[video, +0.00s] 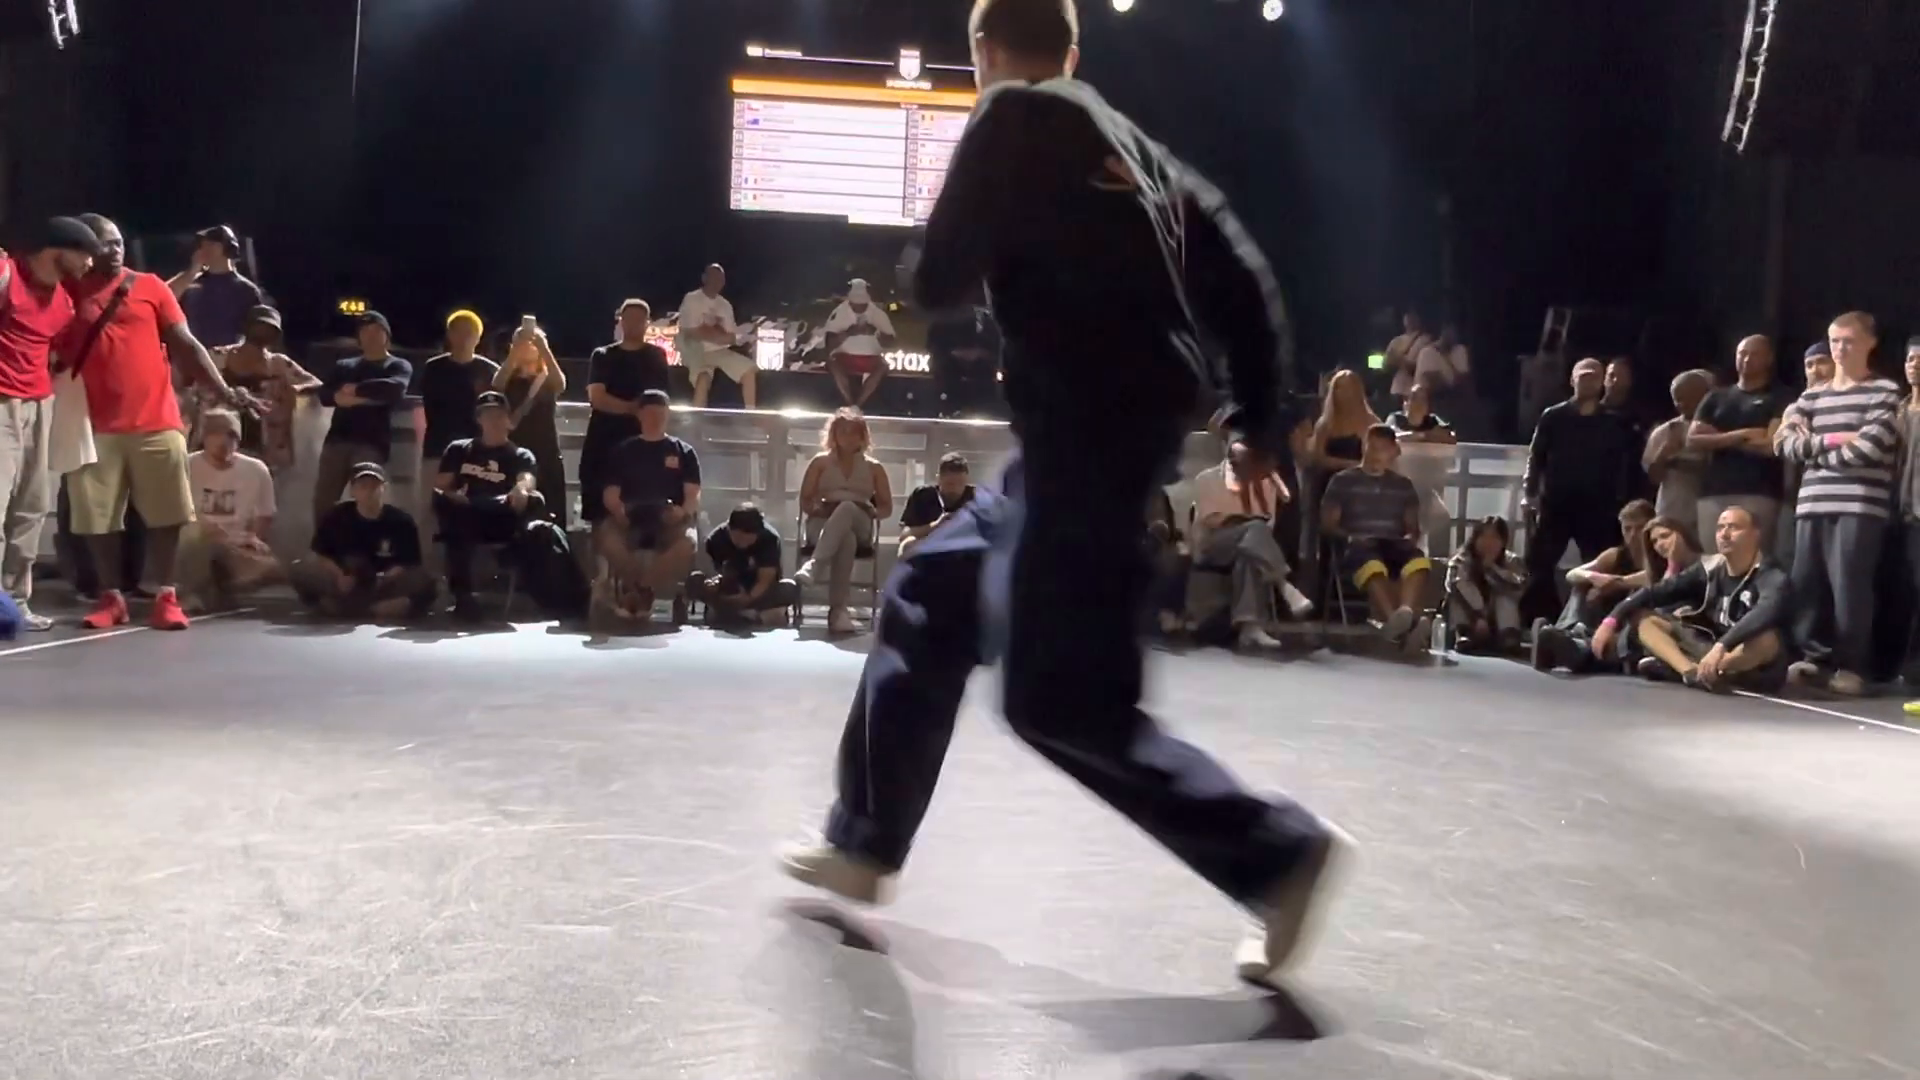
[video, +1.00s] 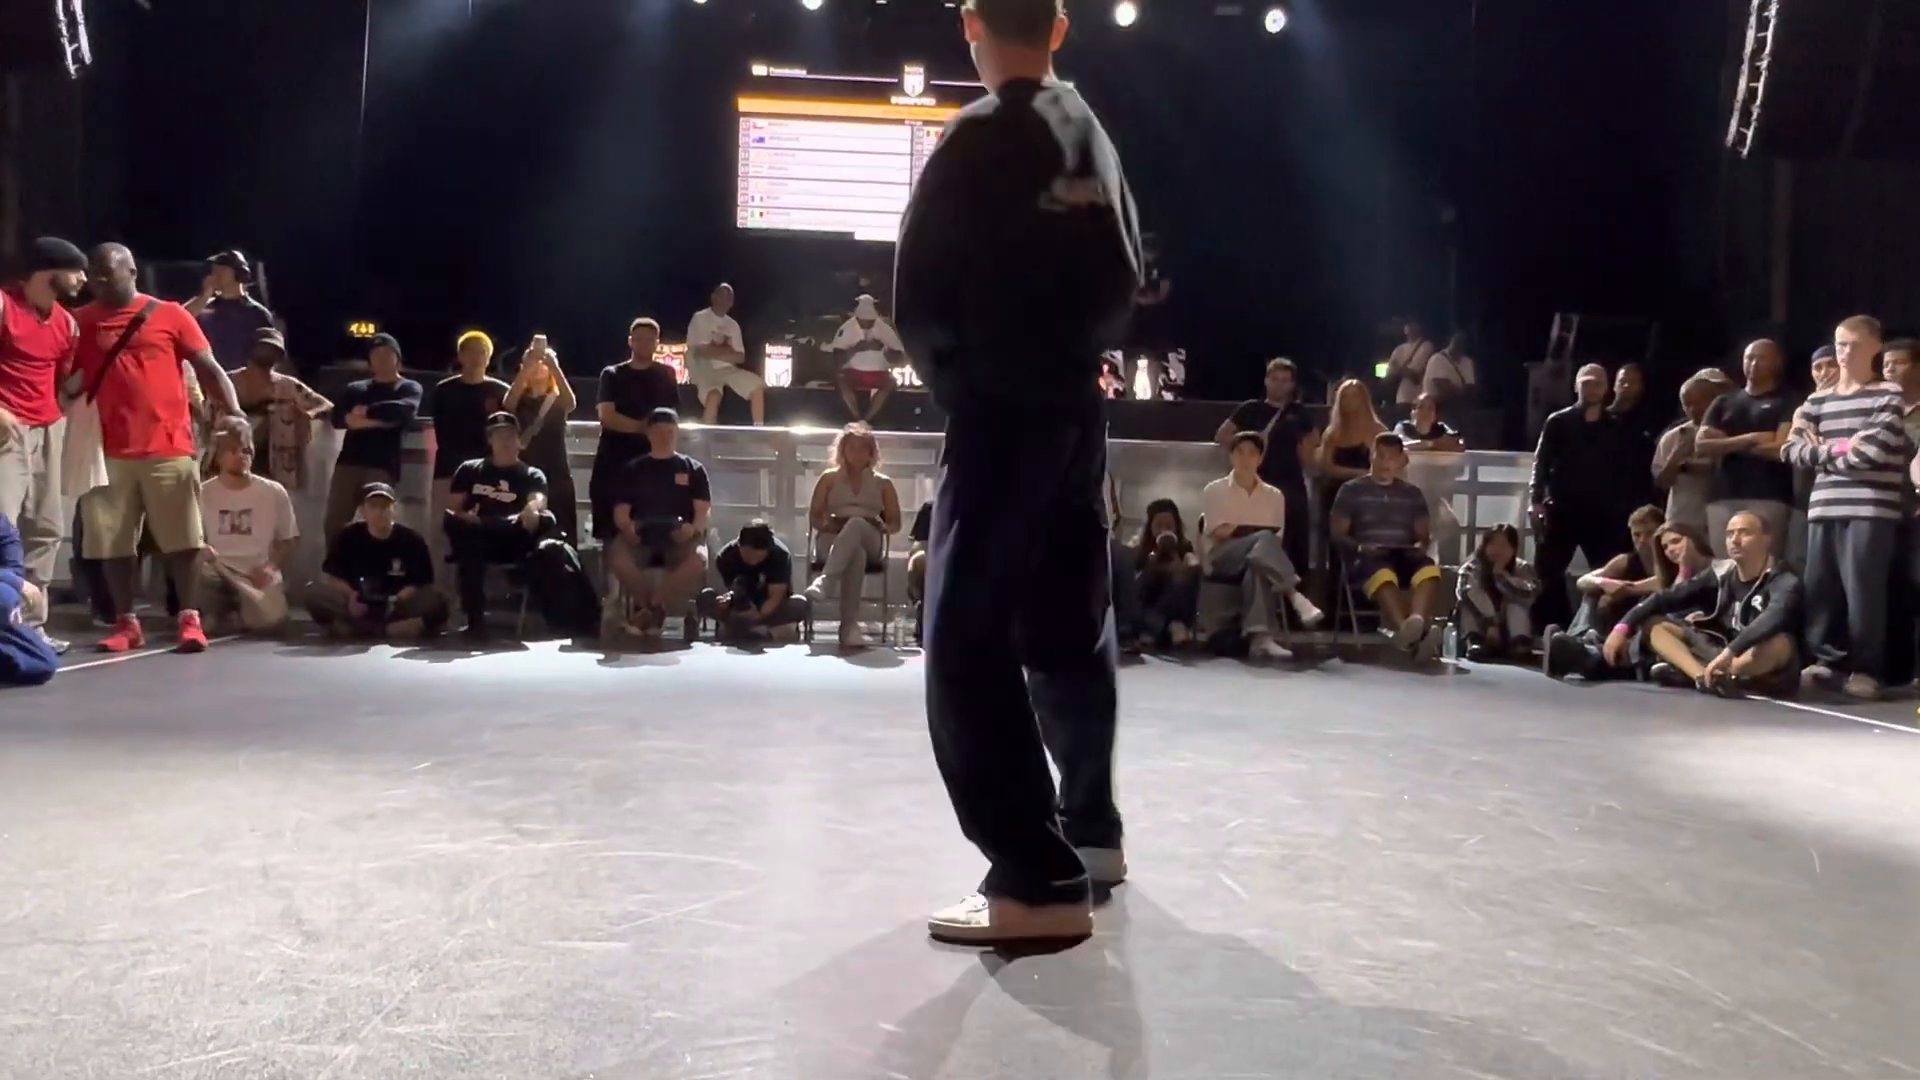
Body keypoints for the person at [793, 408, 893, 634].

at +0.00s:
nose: (850, 437)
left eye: (856, 432)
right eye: (844, 432)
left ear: (863, 436)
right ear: (834, 435)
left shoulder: (874, 468)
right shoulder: (820, 463)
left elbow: (886, 508)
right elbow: (805, 502)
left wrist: (866, 511)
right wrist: (825, 511)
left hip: (861, 529)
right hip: (822, 525)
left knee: (846, 508)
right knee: (847, 538)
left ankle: (813, 565)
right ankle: (838, 611)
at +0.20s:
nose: (855, 450)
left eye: (861, 445)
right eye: (849, 445)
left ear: (868, 449)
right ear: (839, 448)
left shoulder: (879, 481)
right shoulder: (825, 475)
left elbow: (884, 517)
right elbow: (811, 514)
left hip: (865, 537)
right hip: (828, 533)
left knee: (851, 520)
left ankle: (821, 578)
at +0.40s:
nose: (854, 451)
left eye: (860, 447)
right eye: (849, 446)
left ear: (868, 451)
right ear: (839, 449)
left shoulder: (879, 482)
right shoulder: (825, 477)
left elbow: (890, 522)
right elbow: (811, 518)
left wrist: (865, 525)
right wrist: (836, 527)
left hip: (867, 543)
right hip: (827, 540)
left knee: (852, 522)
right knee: (851, 552)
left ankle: (820, 579)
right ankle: (844, 627)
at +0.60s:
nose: (854, 451)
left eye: (859, 447)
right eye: (849, 446)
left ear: (868, 451)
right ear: (839, 449)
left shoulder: (880, 483)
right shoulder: (826, 478)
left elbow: (891, 522)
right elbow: (812, 518)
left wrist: (871, 525)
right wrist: (834, 526)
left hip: (867, 544)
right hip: (828, 540)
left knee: (852, 523)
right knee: (853, 553)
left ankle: (821, 579)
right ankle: (845, 626)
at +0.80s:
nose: (856, 454)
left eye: (861, 449)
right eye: (851, 449)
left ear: (869, 453)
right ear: (841, 451)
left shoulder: (877, 482)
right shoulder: (827, 478)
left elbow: (883, 517)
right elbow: (813, 517)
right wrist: (831, 527)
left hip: (869, 543)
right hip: (830, 540)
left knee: (855, 524)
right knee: (855, 554)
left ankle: (823, 581)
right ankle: (847, 627)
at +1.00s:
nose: (857, 453)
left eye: (863, 448)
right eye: (852, 447)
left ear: (872, 453)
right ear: (842, 450)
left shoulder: (883, 484)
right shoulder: (829, 479)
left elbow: (895, 524)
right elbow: (815, 518)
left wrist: (877, 526)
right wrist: (835, 527)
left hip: (871, 544)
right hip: (831, 542)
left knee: (856, 524)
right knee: (857, 553)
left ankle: (824, 582)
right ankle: (849, 627)